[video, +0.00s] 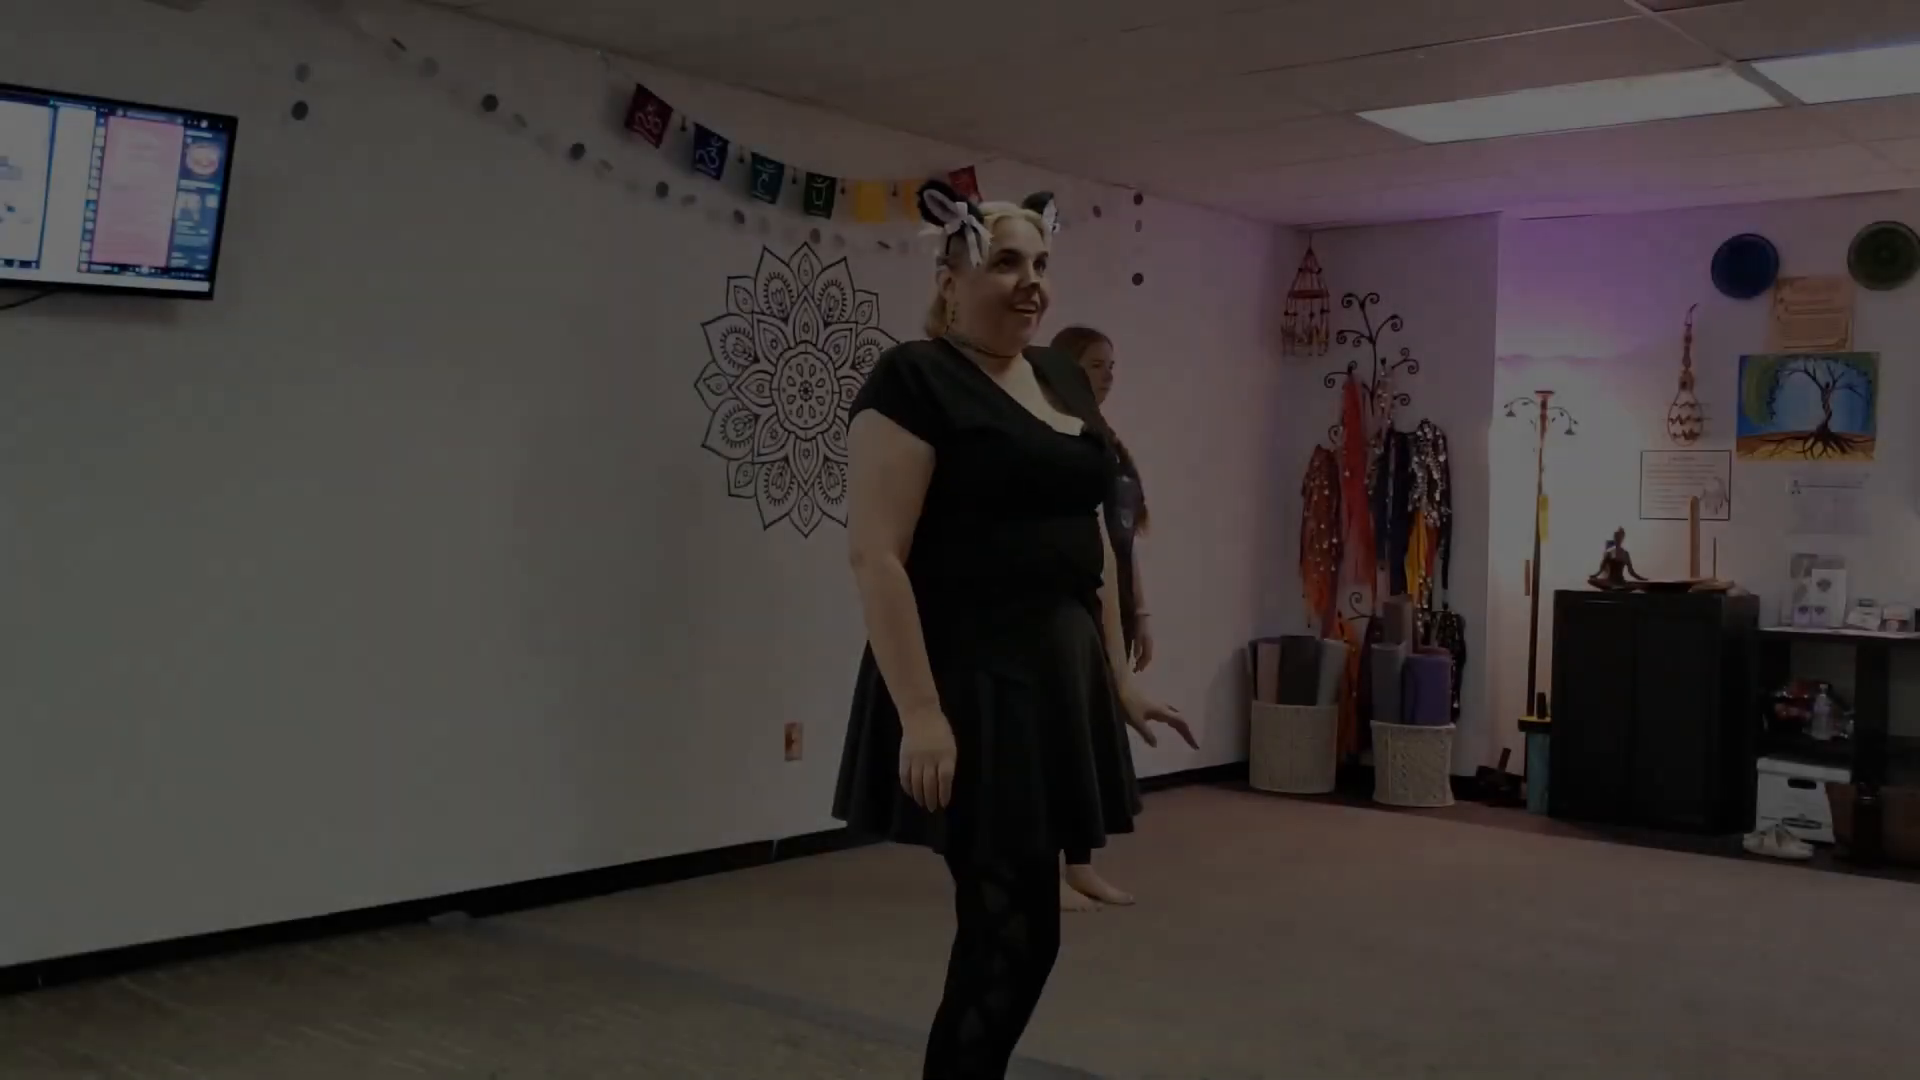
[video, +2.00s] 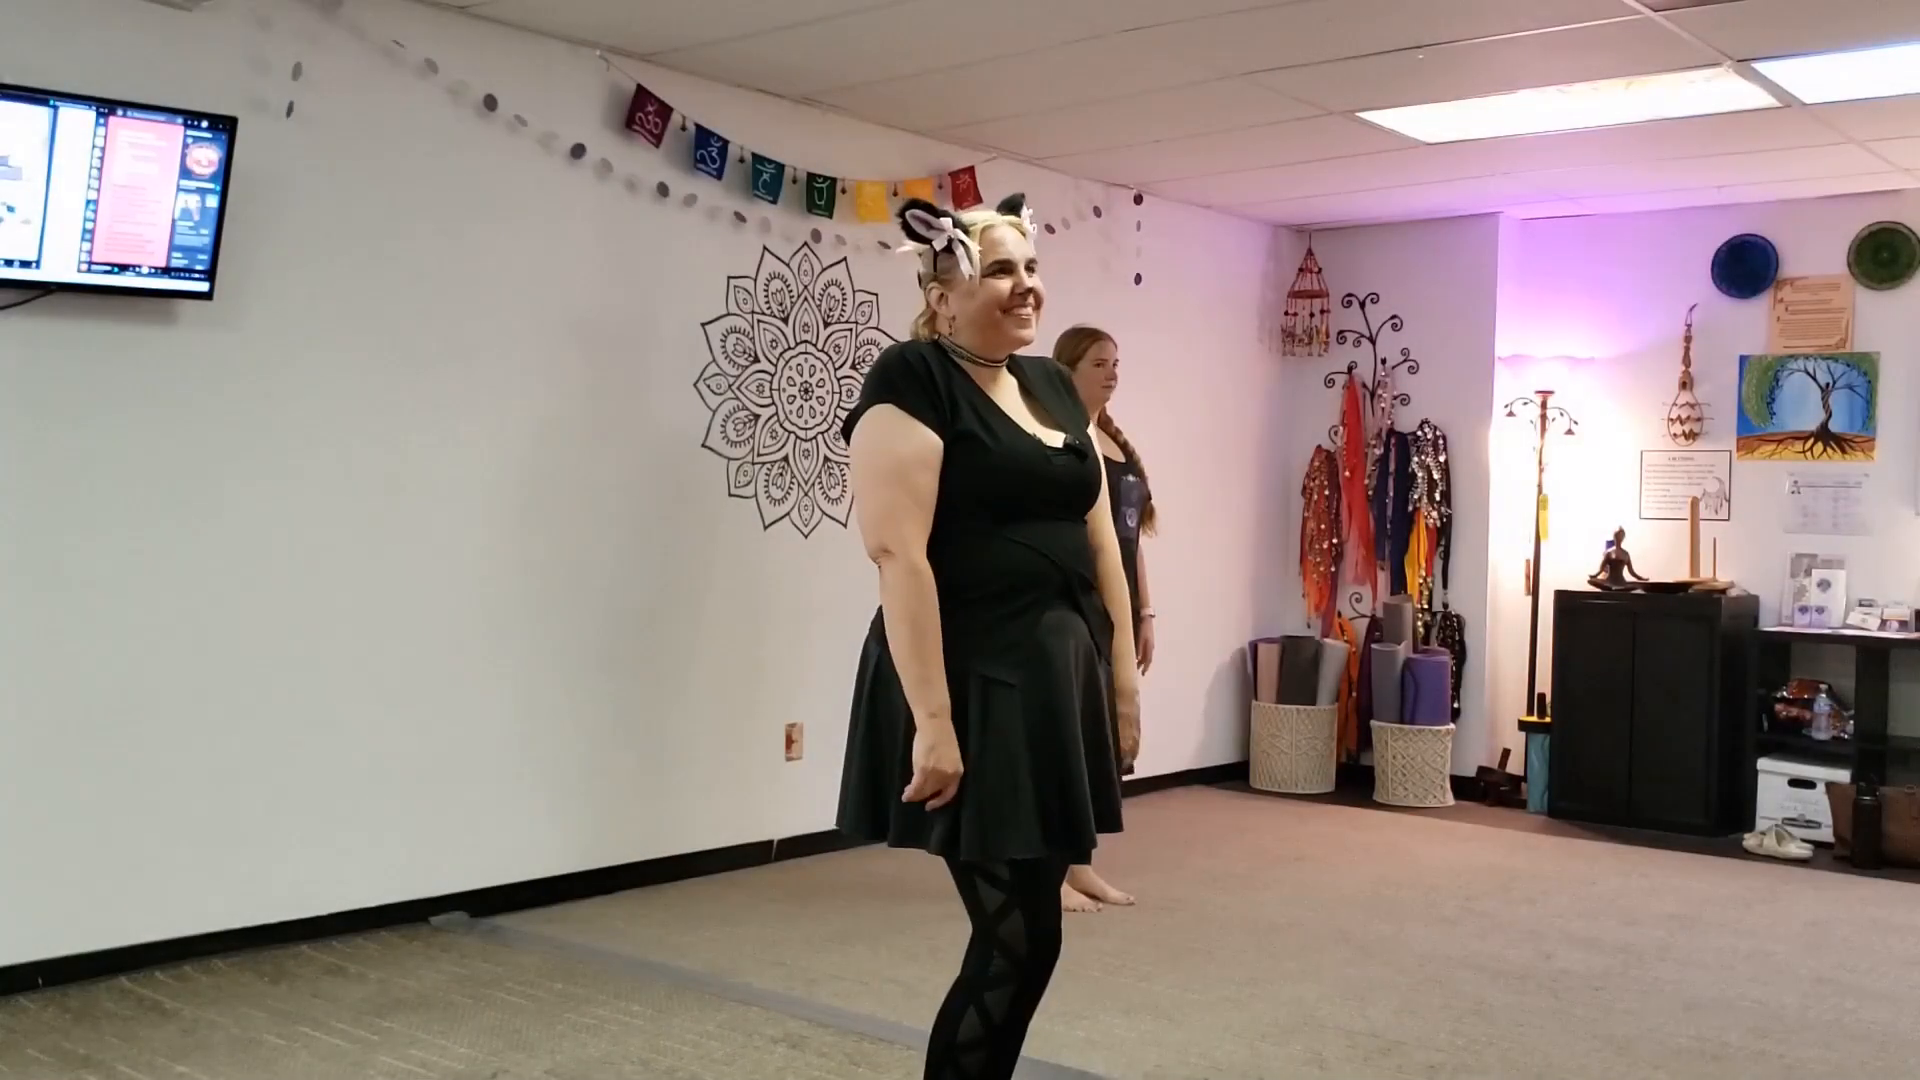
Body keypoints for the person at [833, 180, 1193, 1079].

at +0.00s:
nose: (1032, 281)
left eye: (1042, 265)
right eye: (1008, 263)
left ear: (1049, 278)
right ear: (952, 279)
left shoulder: (1051, 386)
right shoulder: (913, 380)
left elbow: (1089, 553)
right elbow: (875, 556)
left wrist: (1122, 685)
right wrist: (920, 714)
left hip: (1052, 688)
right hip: (969, 693)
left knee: (1013, 937)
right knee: (1009, 940)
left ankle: (967, 1068)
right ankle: (956, 1071)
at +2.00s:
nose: (1027, 284)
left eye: (1031, 269)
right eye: (1000, 271)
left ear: (1039, 282)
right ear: (941, 298)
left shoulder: (1051, 386)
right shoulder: (910, 379)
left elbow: (1102, 535)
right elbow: (897, 554)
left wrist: (1124, 675)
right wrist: (931, 720)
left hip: (1060, 683)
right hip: (968, 689)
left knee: (1021, 937)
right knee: (1019, 941)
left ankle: (969, 1069)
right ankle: (957, 1072)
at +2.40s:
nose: (1048, 282)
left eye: (1059, 265)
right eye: (1025, 264)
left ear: (1068, 271)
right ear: (967, 272)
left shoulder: (1075, 383)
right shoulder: (921, 375)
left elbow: (1116, 549)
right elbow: (846, 541)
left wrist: (1222, 635)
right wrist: (830, 698)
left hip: (1051, 666)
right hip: (942, 664)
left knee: (990, 918)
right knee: (1074, 898)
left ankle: (965, 1076)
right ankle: (1033, 1070)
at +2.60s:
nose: (1061, 276)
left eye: (1074, 258)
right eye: (1035, 259)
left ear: (1088, 275)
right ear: (989, 276)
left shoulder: (1109, 401)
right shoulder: (945, 376)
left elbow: (1157, 555)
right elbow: (854, 534)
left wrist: (1310, 548)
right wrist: (778, 678)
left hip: (1071, 678)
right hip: (960, 680)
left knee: (999, 932)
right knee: (1061, 940)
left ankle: (972, 1074)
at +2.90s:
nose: (1079, 266)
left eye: (1096, 247)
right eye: (1054, 253)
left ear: (1127, 268)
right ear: (1023, 284)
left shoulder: (1181, 398)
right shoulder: (982, 389)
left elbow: (1258, 547)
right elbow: (879, 552)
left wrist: (1384, 456)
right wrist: (772, 681)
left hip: (1136, 715)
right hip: (998, 709)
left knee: (1101, 966)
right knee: (1070, 977)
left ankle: (1016, 1065)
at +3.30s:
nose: (1081, 243)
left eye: (1108, 227)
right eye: (1061, 225)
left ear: (1150, 253)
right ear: (1037, 249)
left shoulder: (1214, 364)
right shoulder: (983, 377)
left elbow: (1299, 534)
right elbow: (894, 550)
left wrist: (1424, 547)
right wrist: (766, 637)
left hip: (1180, 718)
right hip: (1024, 721)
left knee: (1168, 996)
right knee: (1073, 1008)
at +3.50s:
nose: (1054, 222)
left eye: (1086, 201)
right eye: (1042, 206)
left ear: (1148, 224)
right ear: (1029, 234)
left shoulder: (1219, 369)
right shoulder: (989, 367)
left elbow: (1286, 569)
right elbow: (918, 551)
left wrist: (1374, 699)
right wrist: (803, 641)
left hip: (1164, 749)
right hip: (1010, 748)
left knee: (1103, 1047)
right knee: (1061, 1041)